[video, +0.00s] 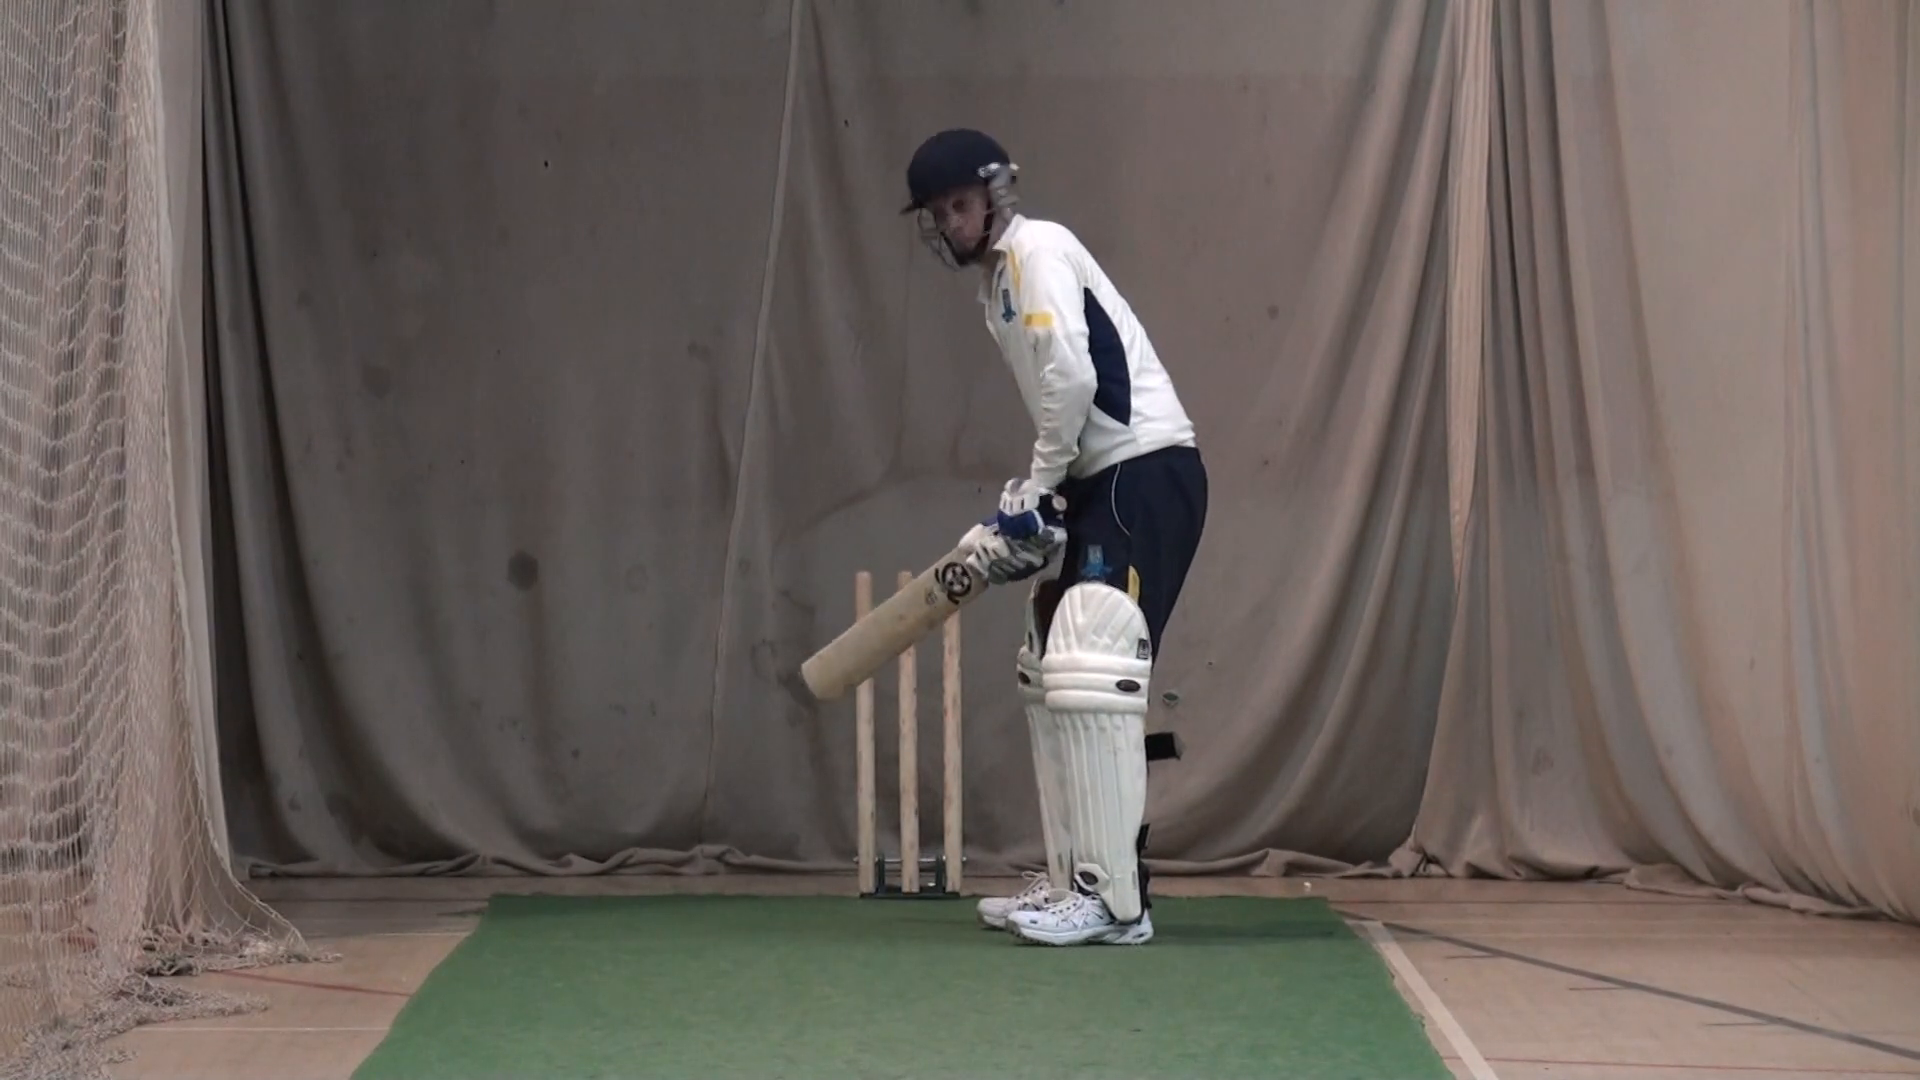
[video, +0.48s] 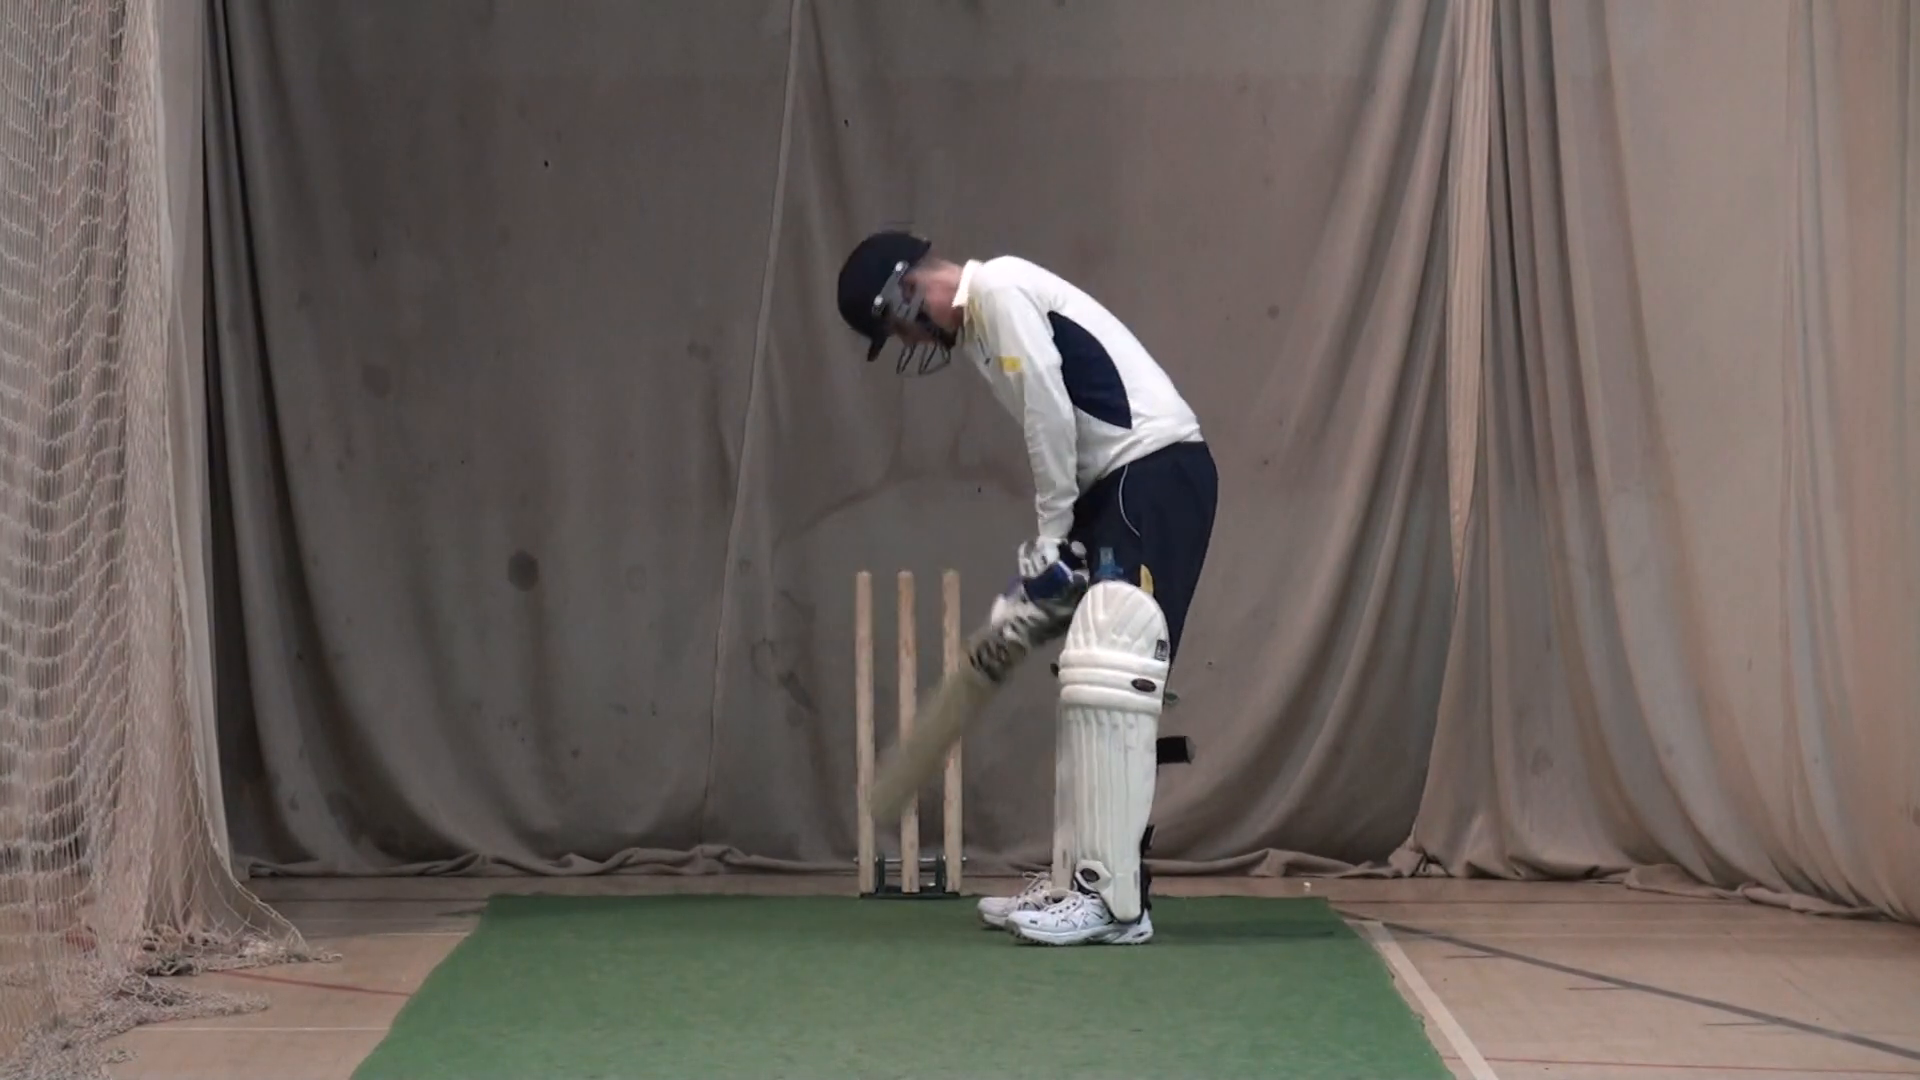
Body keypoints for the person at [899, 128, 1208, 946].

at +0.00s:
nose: (951, 224)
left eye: (962, 204)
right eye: (938, 212)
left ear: (998, 193)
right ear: (930, 218)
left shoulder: (1034, 249)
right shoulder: (1001, 280)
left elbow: (1071, 376)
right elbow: (1057, 415)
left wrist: (1040, 483)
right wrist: (1020, 520)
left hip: (1142, 474)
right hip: (1096, 480)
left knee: (1091, 675)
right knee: (1053, 676)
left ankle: (1114, 900)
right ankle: (1076, 882)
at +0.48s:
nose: (913, 341)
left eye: (901, 325)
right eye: (899, 335)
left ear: (912, 286)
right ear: (914, 286)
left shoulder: (997, 291)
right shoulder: (987, 312)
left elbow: (1052, 421)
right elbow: (1065, 456)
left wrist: (1050, 540)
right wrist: (1025, 600)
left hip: (1154, 471)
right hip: (1120, 480)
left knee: (1115, 684)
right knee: (1095, 682)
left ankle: (1112, 897)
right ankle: (1085, 883)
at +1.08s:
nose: (925, 232)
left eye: (934, 212)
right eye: (908, 223)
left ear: (965, 205)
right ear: (897, 235)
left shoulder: (998, 264)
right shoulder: (969, 296)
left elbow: (1044, 400)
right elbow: (1035, 422)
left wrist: (1029, 523)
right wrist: (1022, 548)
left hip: (1136, 471)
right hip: (1096, 481)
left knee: (1095, 681)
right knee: (1066, 679)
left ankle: (1112, 899)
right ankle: (1080, 884)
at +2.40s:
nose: (1025, 158)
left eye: (1042, 143)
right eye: (1011, 143)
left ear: (1070, 149)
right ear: (993, 150)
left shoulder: (1083, 230)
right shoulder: (1011, 244)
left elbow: (1083, 372)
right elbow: (1038, 383)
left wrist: (1005, 470)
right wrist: (986, 472)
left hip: (1106, 475)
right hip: (1058, 477)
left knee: (1100, 681)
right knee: (1054, 678)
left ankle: (1114, 899)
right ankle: (1071, 879)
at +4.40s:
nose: (967, 194)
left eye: (982, 179)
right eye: (951, 182)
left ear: (1011, 180)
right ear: (934, 191)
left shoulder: (1029, 243)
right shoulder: (987, 274)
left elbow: (1064, 378)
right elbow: (1038, 407)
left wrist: (1025, 494)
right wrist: (1010, 516)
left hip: (1124, 470)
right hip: (1077, 480)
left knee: (1086, 671)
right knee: (1036, 673)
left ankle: (1113, 899)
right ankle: (1076, 882)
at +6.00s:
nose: (956, 231)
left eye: (969, 214)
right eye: (939, 219)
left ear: (994, 213)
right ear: (917, 228)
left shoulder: (1018, 273)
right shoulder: (963, 305)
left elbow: (999, 402)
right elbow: (1032, 415)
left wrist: (954, 494)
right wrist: (956, 462)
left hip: (1148, 474)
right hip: (1092, 490)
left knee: (1094, 675)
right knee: (1040, 676)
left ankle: (1122, 899)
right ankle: (1076, 883)